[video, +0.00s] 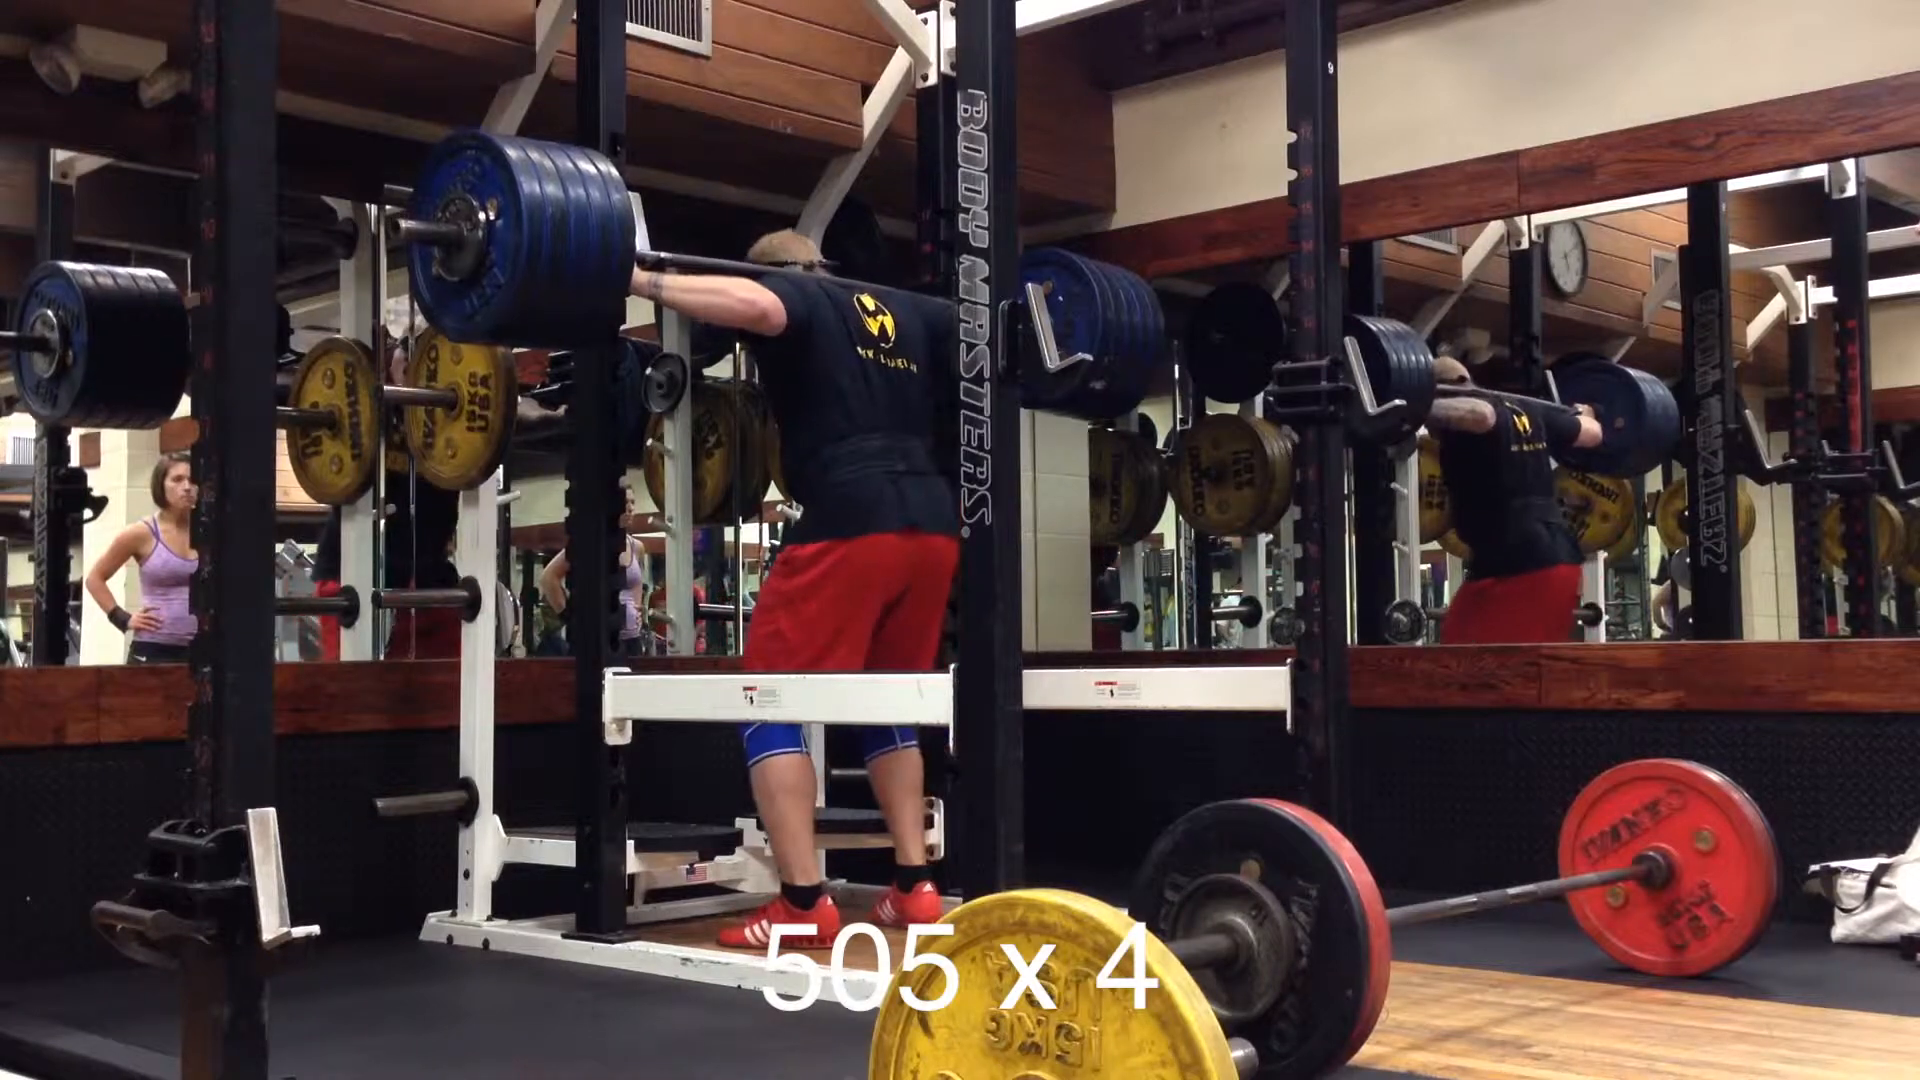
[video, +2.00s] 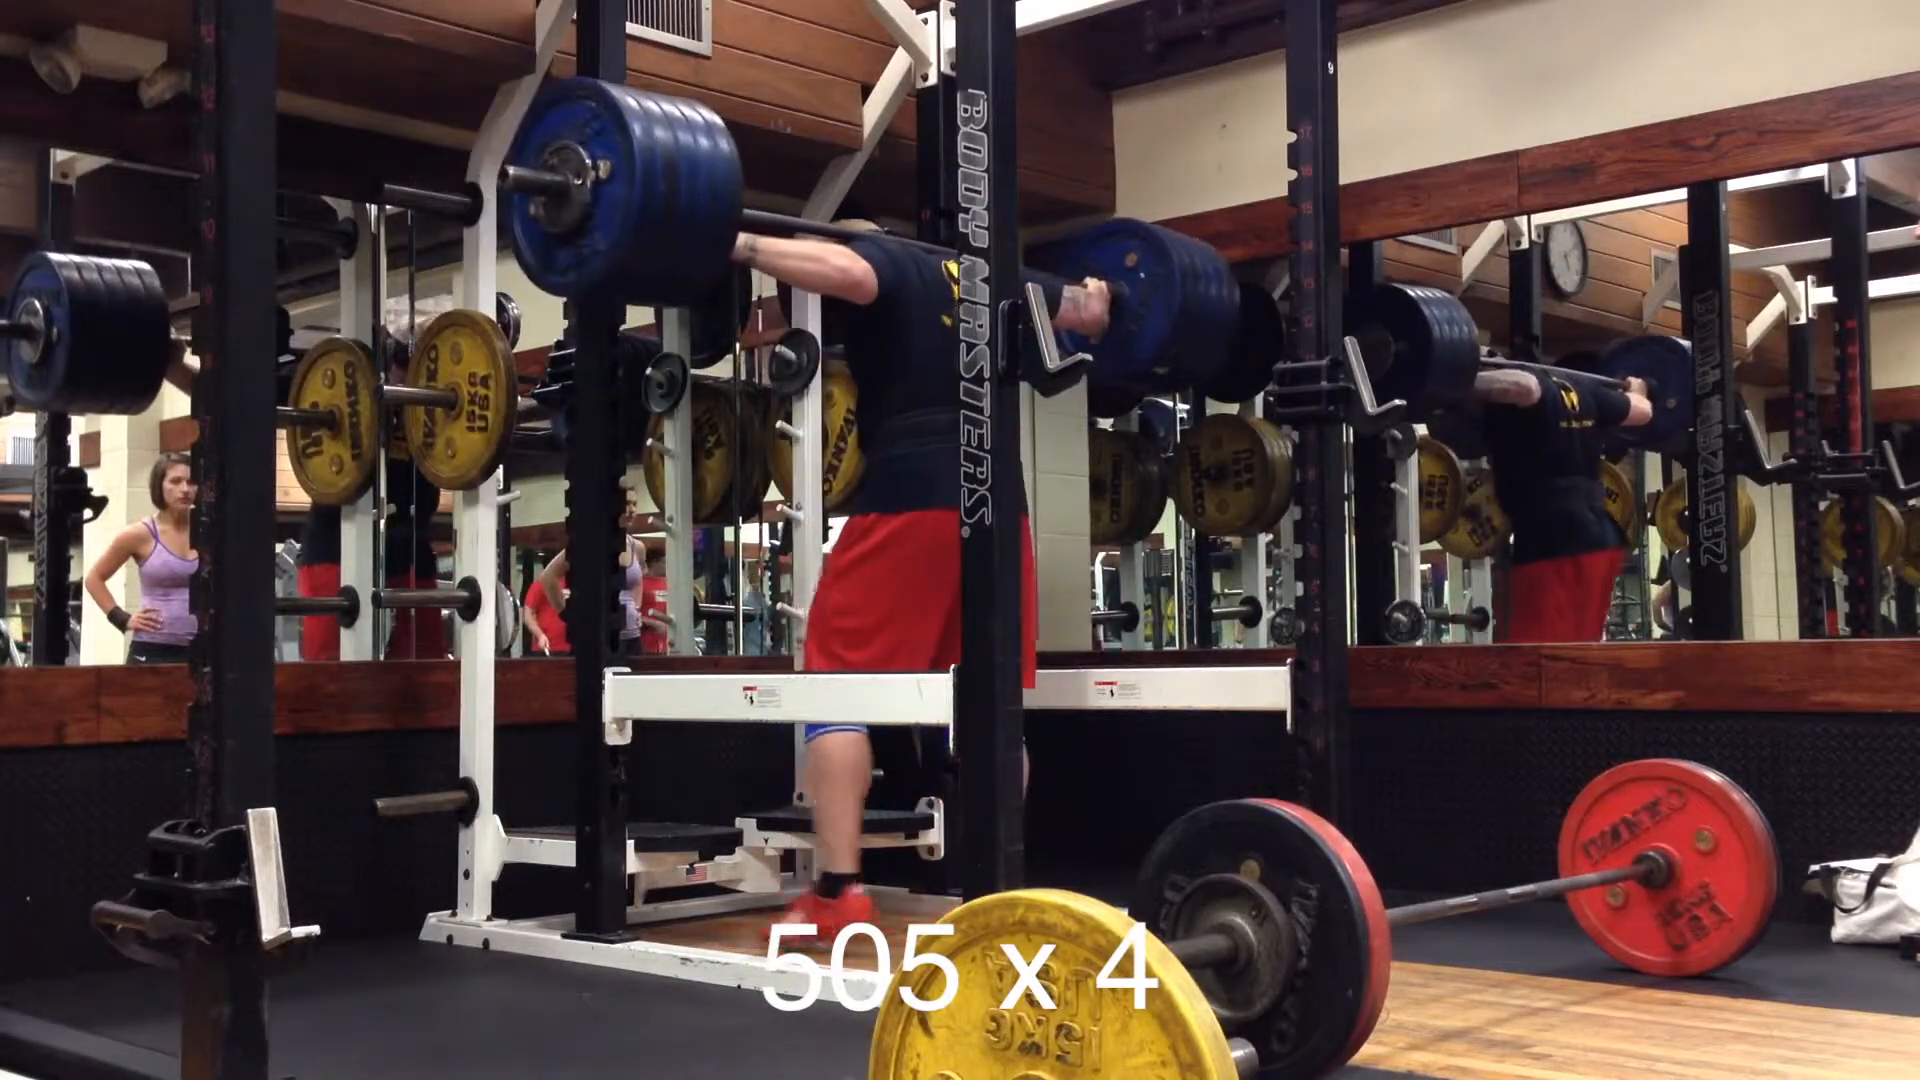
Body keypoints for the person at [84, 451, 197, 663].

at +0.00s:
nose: (187, 487)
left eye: (193, 480)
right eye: (178, 480)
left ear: (200, 486)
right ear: (160, 486)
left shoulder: (205, 530)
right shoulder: (141, 534)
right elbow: (94, 579)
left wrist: (212, 614)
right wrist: (123, 619)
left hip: (200, 647)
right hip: (154, 648)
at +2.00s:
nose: (185, 489)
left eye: (191, 482)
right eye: (176, 481)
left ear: (198, 487)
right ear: (159, 486)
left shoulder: (205, 528)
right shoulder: (140, 535)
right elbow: (93, 579)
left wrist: (213, 613)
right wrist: (123, 620)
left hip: (200, 647)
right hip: (153, 648)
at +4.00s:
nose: (203, 491)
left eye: (200, 485)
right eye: (197, 485)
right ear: (181, 491)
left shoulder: (205, 531)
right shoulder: (144, 534)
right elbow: (97, 580)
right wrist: (128, 620)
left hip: (201, 648)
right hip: (157, 649)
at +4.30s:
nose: (215, 496)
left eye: (218, 487)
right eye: (210, 488)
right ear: (196, 492)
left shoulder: (226, 532)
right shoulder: (167, 536)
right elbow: (118, 582)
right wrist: (155, 624)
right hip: (180, 651)